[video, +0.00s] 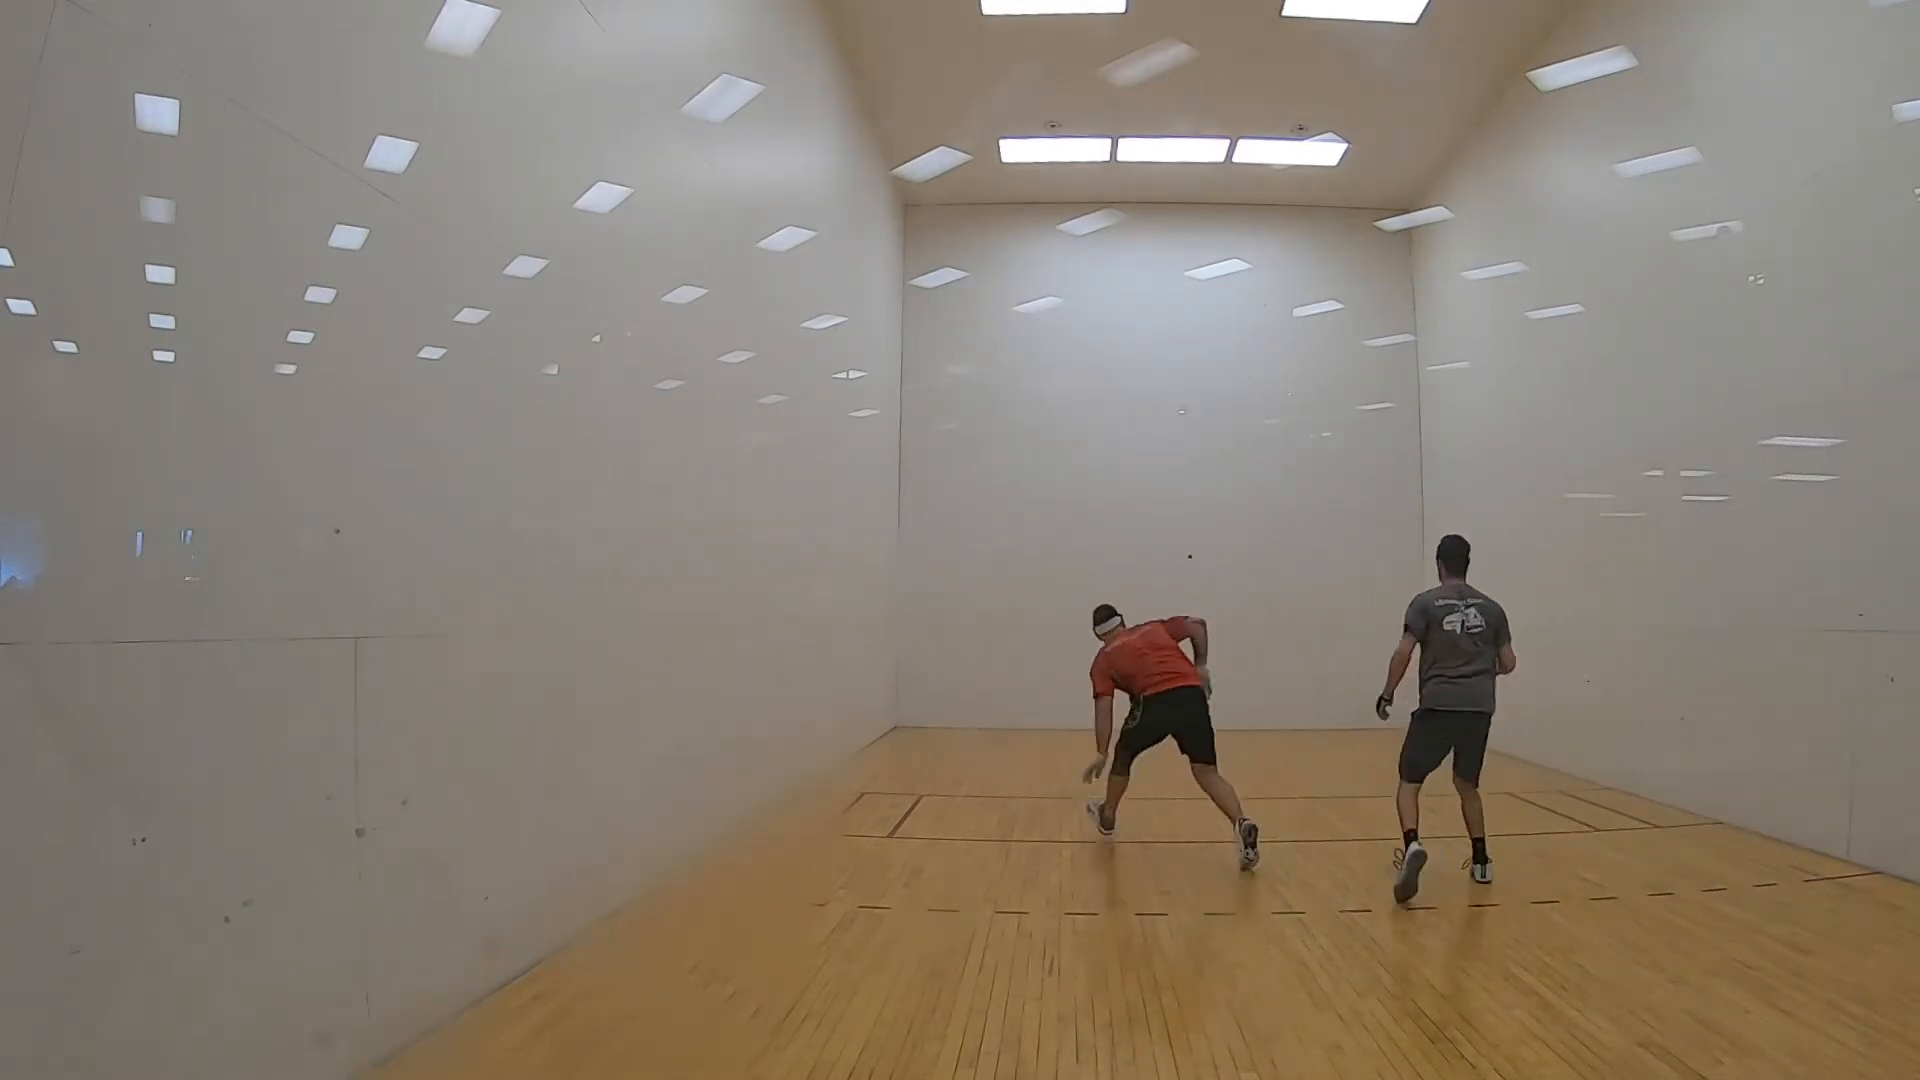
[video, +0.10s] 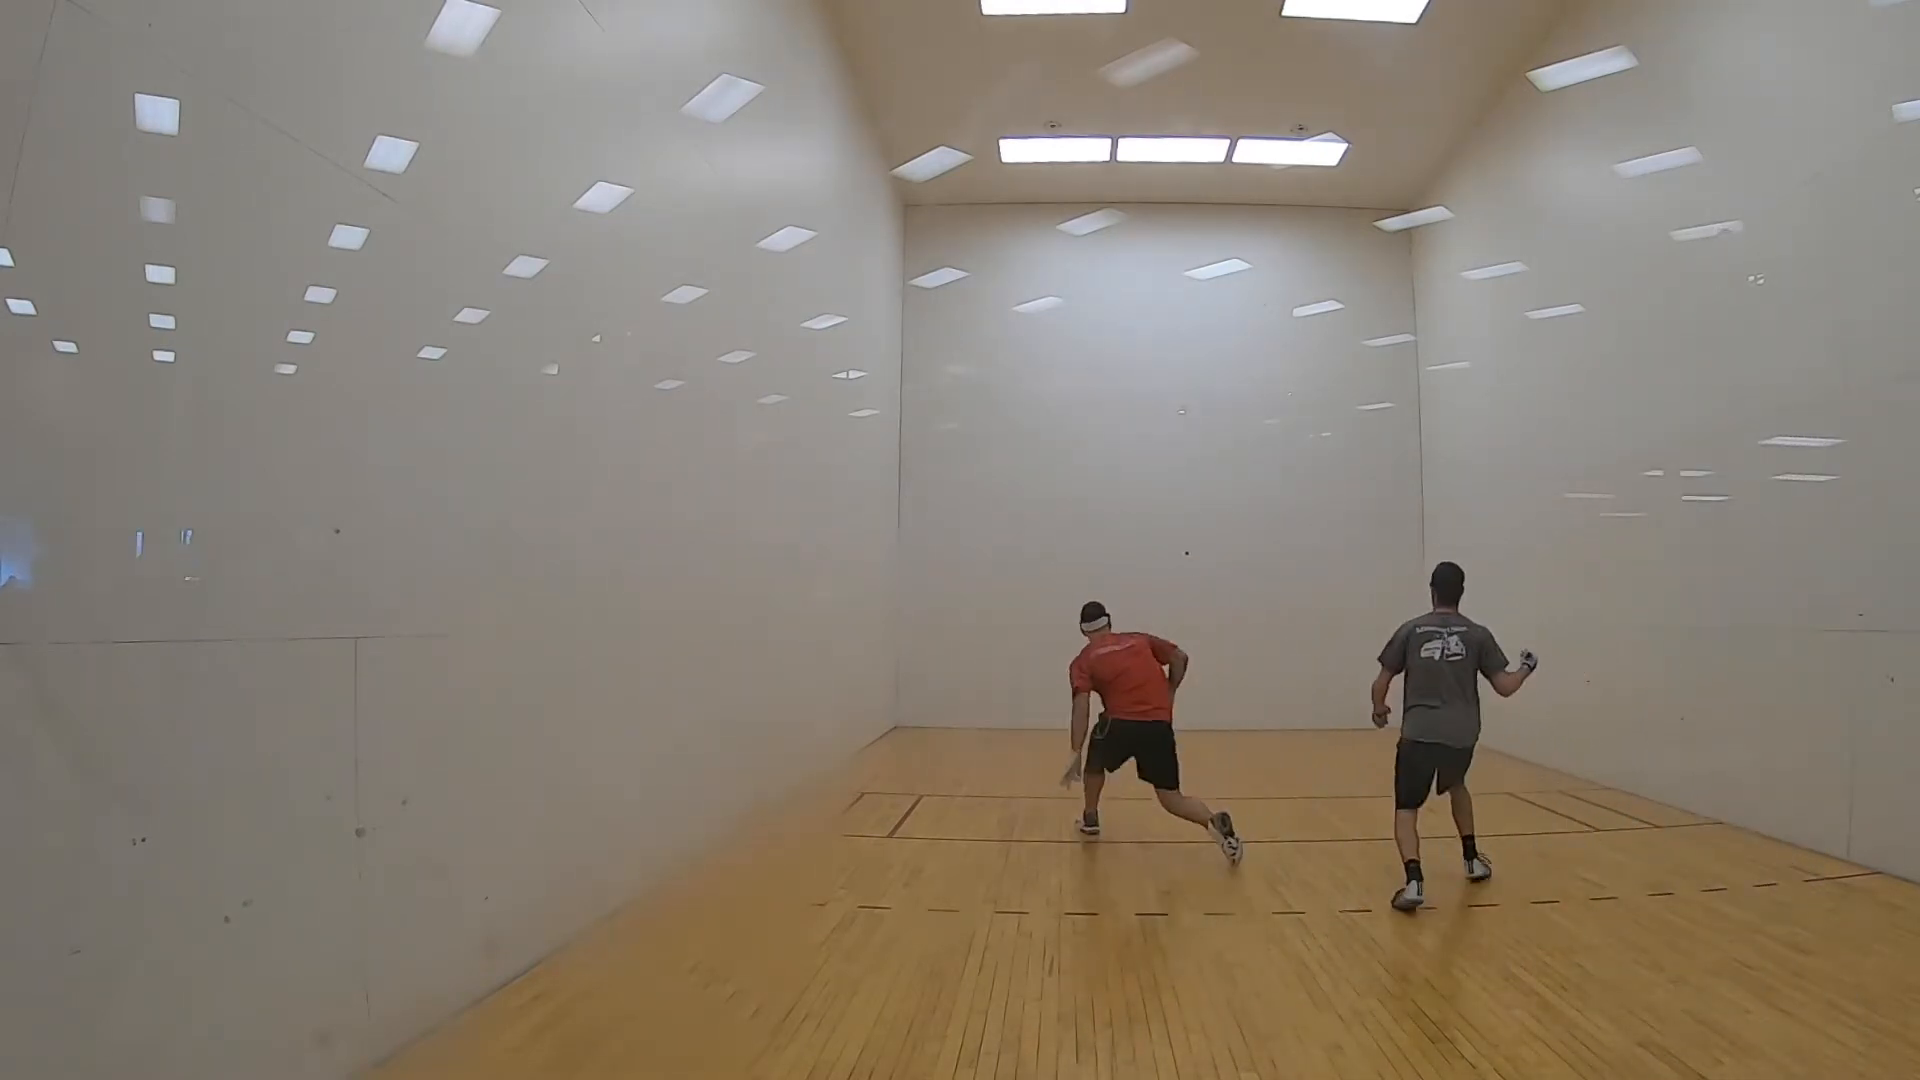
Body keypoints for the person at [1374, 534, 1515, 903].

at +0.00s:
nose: (1439, 569)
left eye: (1438, 564)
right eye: (1449, 562)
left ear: (1438, 564)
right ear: (1468, 564)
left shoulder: (1424, 603)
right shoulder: (1491, 608)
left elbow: (1404, 651)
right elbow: (1507, 664)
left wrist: (1388, 693)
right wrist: (1476, 664)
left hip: (1436, 709)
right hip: (1478, 712)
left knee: (1409, 782)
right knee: (1466, 782)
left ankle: (1411, 846)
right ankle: (1481, 862)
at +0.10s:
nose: (1439, 593)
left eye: (1436, 587)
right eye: (1454, 588)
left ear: (1431, 591)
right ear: (1463, 592)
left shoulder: (1411, 631)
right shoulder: (1478, 635)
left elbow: (1381, 681)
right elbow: (1505, 686)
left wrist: (1379, 709)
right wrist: (1526, 666)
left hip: (1417, 736)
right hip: (1462, 737)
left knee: (1406, 809)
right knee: (1457, 786)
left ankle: (1413, 884)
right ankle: (1471, 859)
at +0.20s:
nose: (1434, 601)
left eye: (1431, 595)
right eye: (1450, 597)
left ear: (1428, 600)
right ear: (1459, 602)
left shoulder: (1402, 636)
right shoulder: (1468, 641)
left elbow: (1383, 690)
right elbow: (1503, 685)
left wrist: (1414, 692)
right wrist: (1546, 674)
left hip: (1404, 741)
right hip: (1448, 741)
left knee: (1405, 814)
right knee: (1455, 773)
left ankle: (1415, 885)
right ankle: (1462, 845)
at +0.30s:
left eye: (1438, 594)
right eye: (1458, 598)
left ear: (1433, 598)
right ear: (1462, 602)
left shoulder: (1410, 628)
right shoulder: (1464, 637)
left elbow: (1397, 664)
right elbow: (1500, 677)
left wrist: (1447, 675)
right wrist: (1551, 677)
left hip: (1391, 721)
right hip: (1435, 720)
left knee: (1394, 795)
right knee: (1457, 772)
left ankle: (1399, 849)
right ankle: (1452, 853)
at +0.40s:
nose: (1457, 609)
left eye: (1447, 604)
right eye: (1461, 606)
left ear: (1435, 606)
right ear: (1462, 610)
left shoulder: (1412, 632)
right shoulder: (1457, 641)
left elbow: (1403, 674)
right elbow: (1493, 676)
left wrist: (1433, 696)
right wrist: (1542, 682)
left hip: (1381, 717)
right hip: (1420, 718)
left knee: (1401, 793)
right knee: (1444, 780)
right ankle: (1450, 856)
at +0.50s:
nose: (1452, 620)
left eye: (1445, 612)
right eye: (1454, 615)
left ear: (1428, 613)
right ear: (1455, 618)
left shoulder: (1406, 637)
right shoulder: (1449, 645)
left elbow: (1375, 669)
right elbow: (1473, 676)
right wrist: (1518, 689)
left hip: (1369, 713)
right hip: (1404, 716)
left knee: (1393, 768)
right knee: (1435, 782)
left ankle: (1335, 813)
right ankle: (1449, 854)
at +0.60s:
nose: (1439, 622)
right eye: (1441, 618)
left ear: (1416, 616)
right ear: (1442, 620)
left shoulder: (1390, 637)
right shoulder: (1432, 647)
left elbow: (1348, 647)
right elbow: (1446, 682)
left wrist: (1323, 677)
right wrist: (1475, 703)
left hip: (1351, 711)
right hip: (1386, 718)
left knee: (1375, 754)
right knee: (1417, 782)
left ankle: (1343, 810)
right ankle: (1444, 844)